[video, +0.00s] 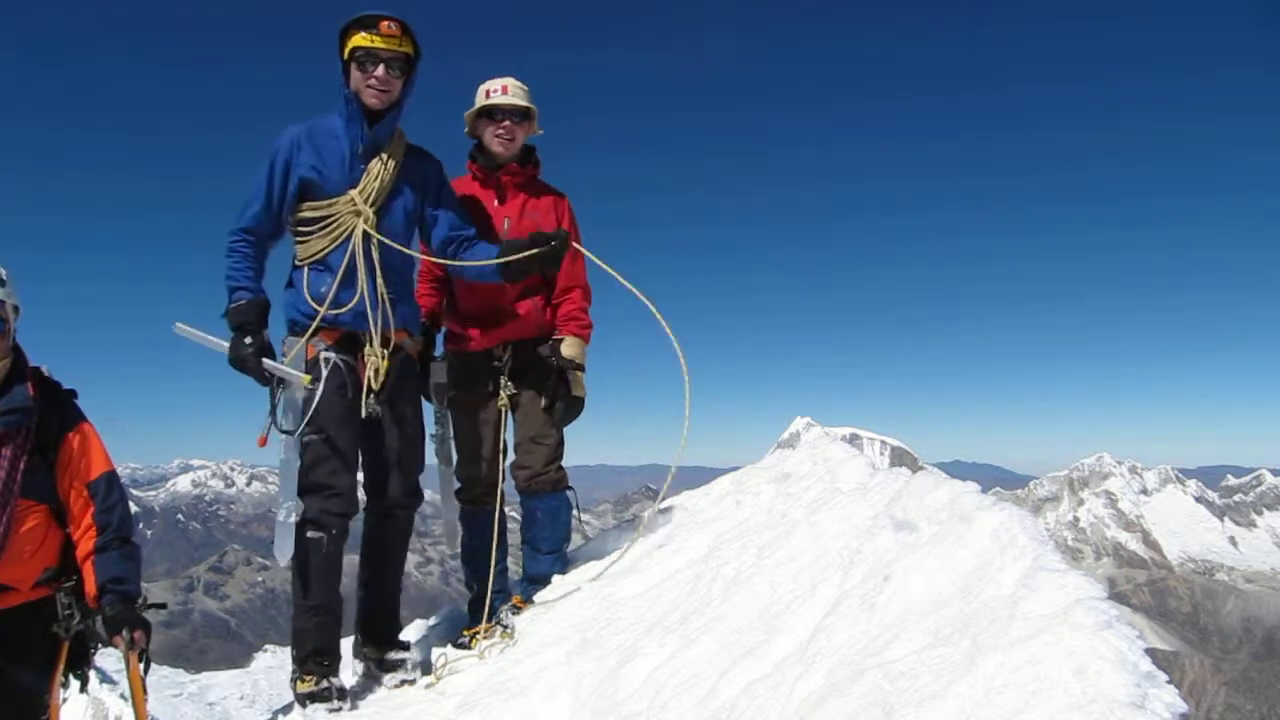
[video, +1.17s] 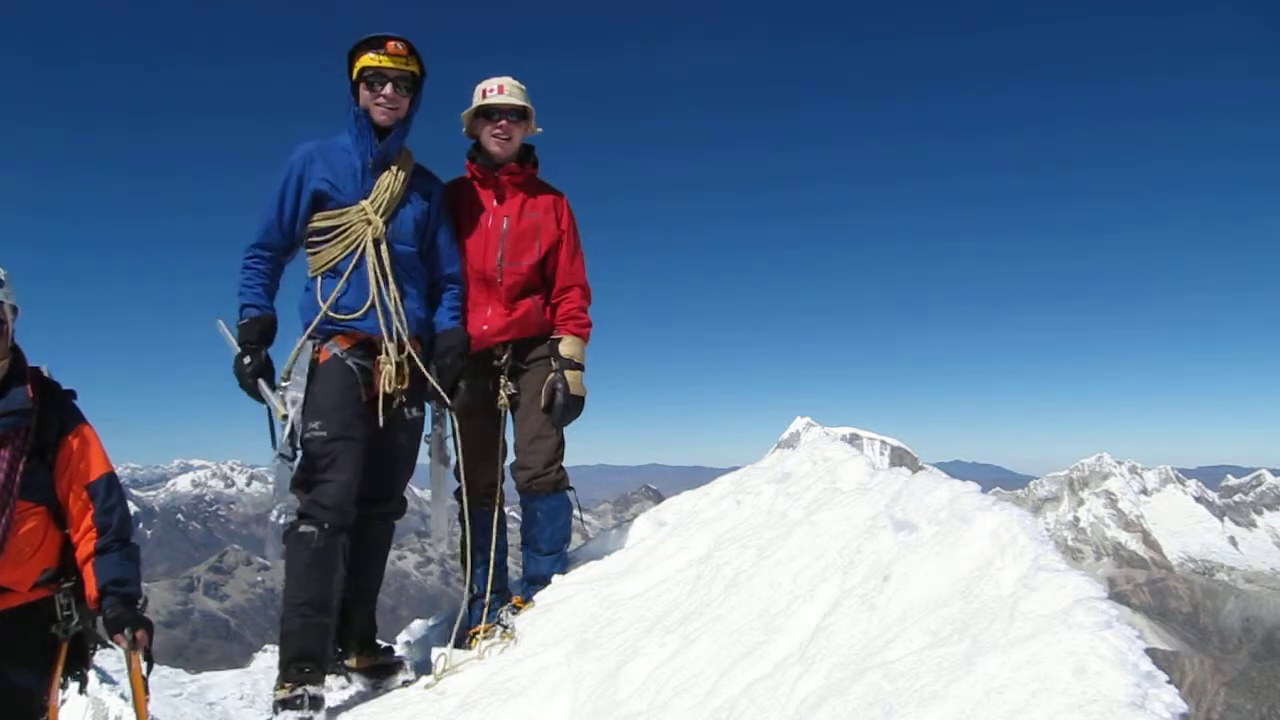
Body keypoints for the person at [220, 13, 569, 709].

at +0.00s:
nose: (380, 75)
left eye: (393, 66)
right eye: (368, 62)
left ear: (409, 77)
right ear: (347, 69)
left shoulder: (422, 167)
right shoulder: (304, 145)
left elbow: (457, 248)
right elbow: (248, 236)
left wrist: (510, 257)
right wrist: (247, 322)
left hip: (398, 350)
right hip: (321, 344)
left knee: (397, 495)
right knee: (326, 497)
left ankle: (379, 641)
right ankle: (314, 661)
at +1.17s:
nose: (388, 93)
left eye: (401, 84)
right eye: (376, 81)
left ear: (416, 96)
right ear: (356, 88)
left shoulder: (427, 187)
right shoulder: (315, 162)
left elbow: (449, 278)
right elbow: (264, 253)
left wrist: (448, 342)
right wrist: (255, 335)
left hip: (407, 361)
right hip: (336, 354)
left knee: (380, 504)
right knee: (330, 501)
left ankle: (356, 639)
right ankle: (301, 669)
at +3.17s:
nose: (386, 98)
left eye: (399, 89)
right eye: (374, 86)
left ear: (412, 101)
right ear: (354, 93)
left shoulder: (419, 190)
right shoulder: (315, 164)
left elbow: (433, 282)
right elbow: (257, 254)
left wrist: (440, 363)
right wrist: (258, 332)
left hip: (404, 364)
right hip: (334, 355)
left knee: (377, 504)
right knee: (327, 501)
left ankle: (354, 639)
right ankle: (300, 671)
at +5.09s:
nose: (383, 107)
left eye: (387, 98)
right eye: (372, 95)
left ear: (383, 107)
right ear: (336, 97)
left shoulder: (383, 193)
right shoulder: (294, 172)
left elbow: (410, 280)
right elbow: (257, 274)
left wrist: (431, 358)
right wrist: (280, 348)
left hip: (400, 371)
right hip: (334, 366)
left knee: (379, 513)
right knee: (310, 514)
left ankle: (354, 645)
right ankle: (278, 682)